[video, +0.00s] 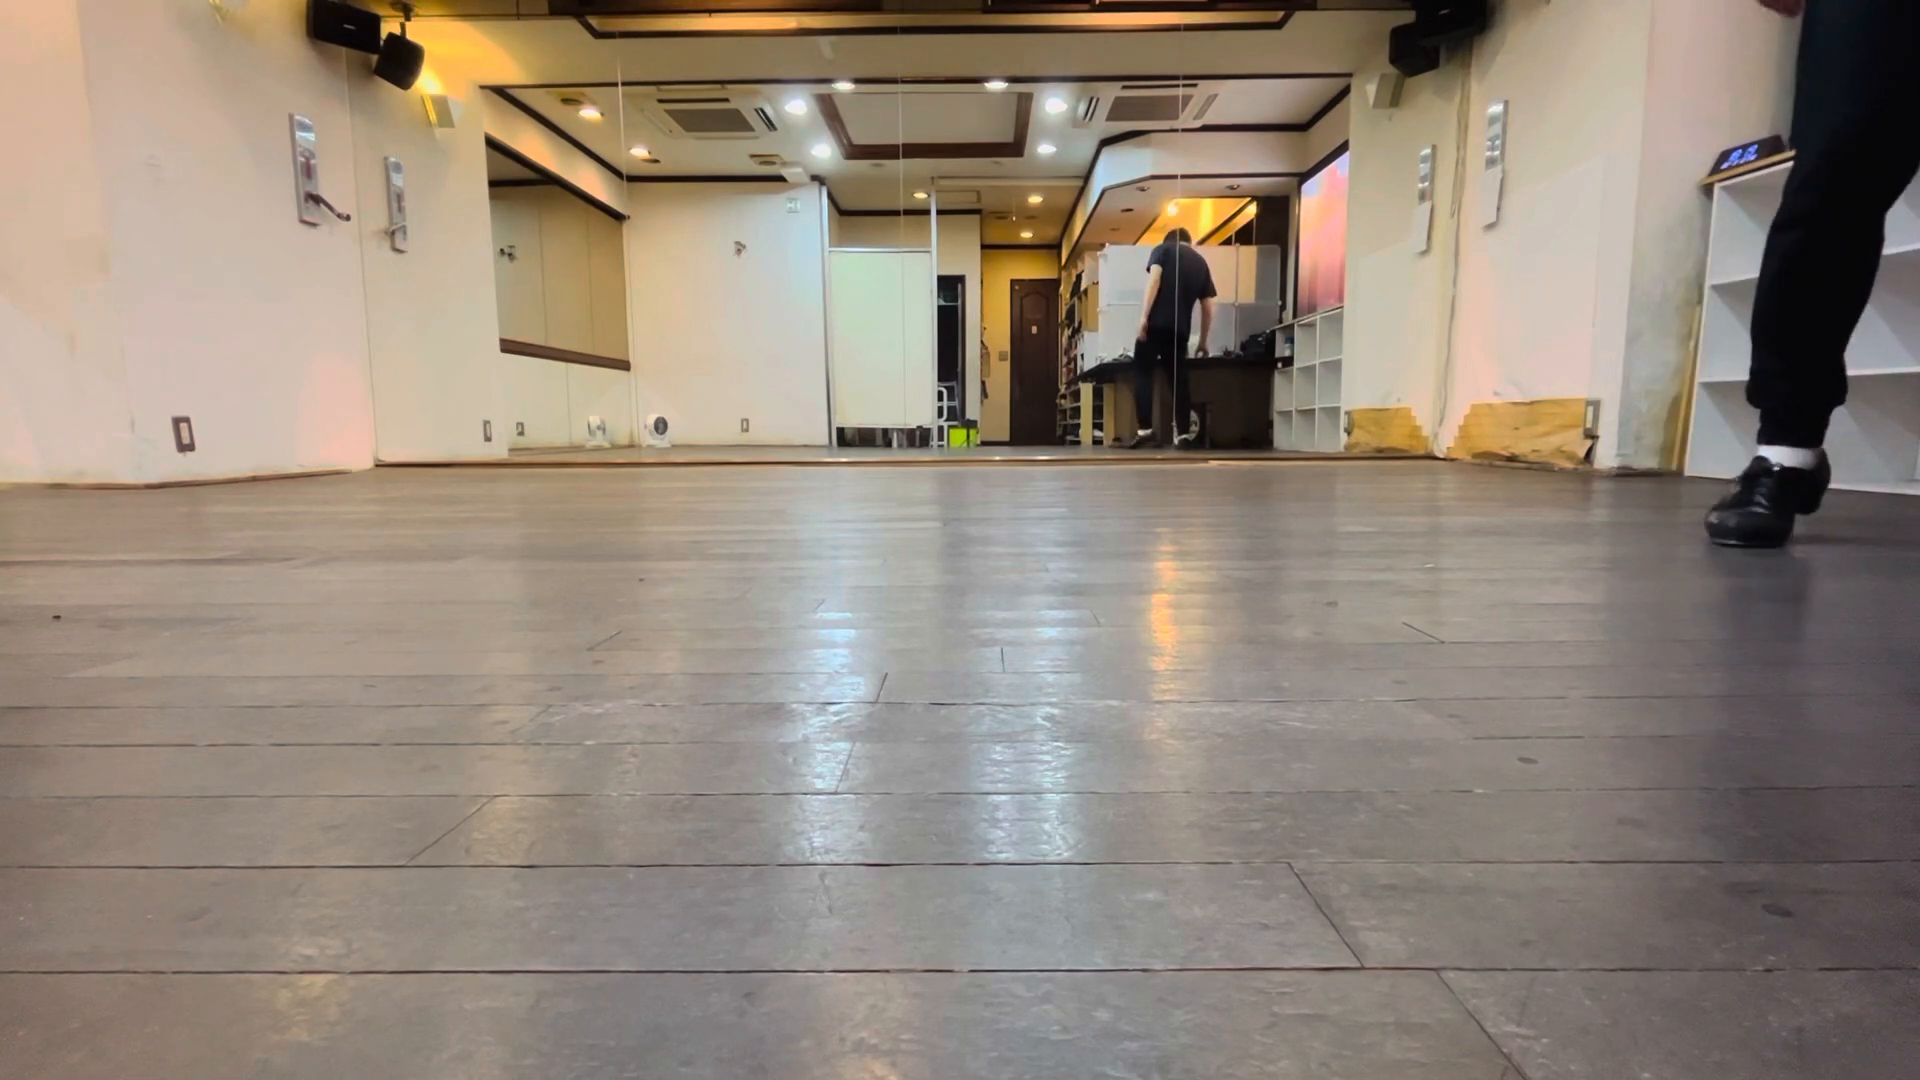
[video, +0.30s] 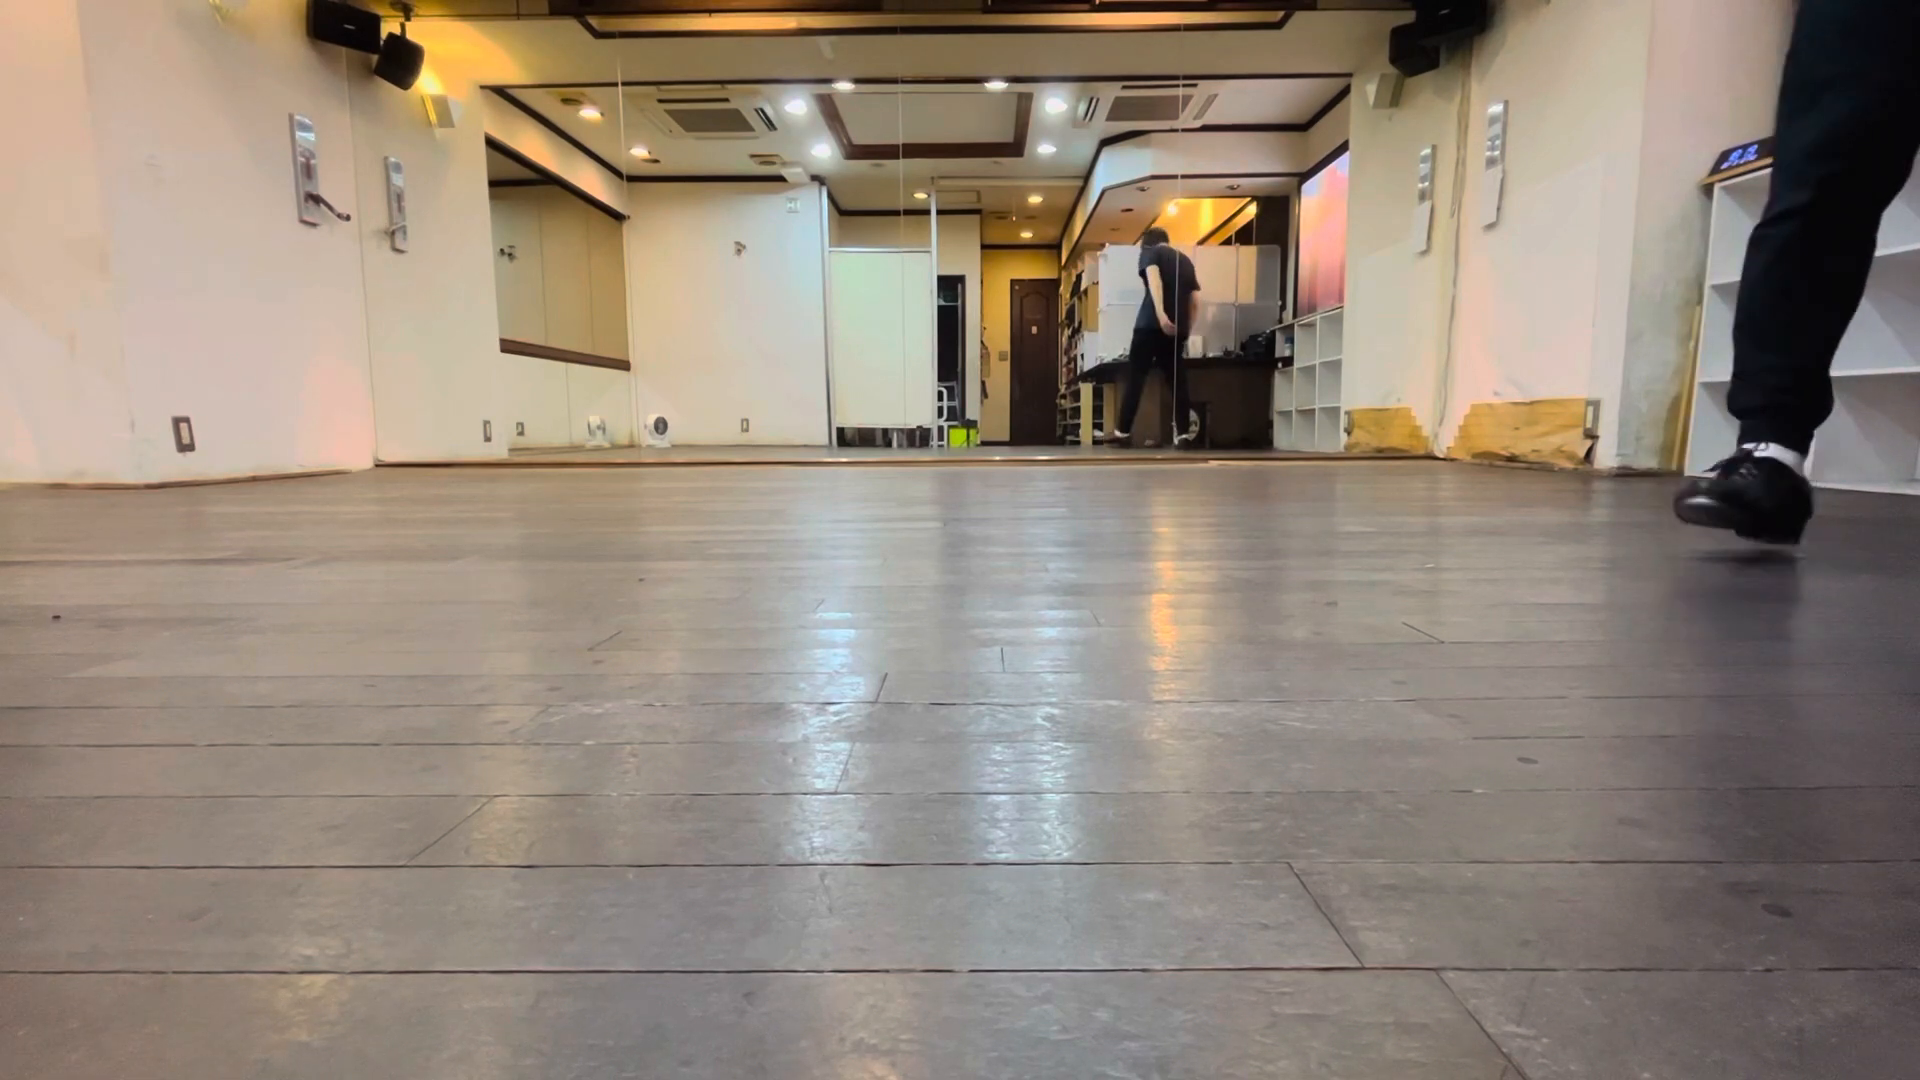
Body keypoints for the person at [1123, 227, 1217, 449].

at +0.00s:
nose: (1166, 244)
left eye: (1167, 241)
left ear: (1169, 240)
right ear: (1189, 242)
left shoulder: (1163, 249)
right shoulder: (1200, 261)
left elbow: (1154, 280)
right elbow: (1207, 307)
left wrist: (1144, 318)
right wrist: (1203, 340)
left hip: (1155, 327)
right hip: (1180, 330)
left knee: (1142, 373)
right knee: (1179, 378)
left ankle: (1144, 428)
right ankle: (1182, 432)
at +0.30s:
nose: (1143, 249)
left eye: (1143, 246)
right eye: (1143, 246)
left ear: (1147, 242)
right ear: (1165, 241)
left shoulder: (1150, 251)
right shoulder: (1184, 259)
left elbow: (1154, 279)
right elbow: (1195, 299)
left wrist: (1161, 315)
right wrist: (1188, 326)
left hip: (1149, 326)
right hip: (1177, 328)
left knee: (1136, 377)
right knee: (1177, 379)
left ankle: (1123, 431)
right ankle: (1182, 433)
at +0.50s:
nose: (1119, 251)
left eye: (1119, 247)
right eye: (1119, 247)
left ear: (1123, 243)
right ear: (1141, 240)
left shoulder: (1129, 255)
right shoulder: (1160, 256)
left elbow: (1139, 280)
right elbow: (1173, 292)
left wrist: (1151, 313)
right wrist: (1169, 319)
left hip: (1136, 327)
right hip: (1161, 328)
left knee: (1123, 376)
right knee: (1167, 378)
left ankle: (1117, 433)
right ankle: (1182, 429)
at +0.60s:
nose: (1108, 249)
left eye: (1107, 245)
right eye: (1107, 246)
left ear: (1110, 243)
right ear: (1130, 239)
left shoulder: (1116, 255)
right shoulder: (1149, 256)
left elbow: (1125, 282)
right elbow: (1164, 293)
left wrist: (1135, 317)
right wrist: (1160, 322)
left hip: (1127, 325)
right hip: (1152, 325)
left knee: (1115, 374)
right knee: (1156, 374)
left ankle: (1117, 434)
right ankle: (1172, 429)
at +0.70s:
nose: (1099, 249)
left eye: (1098, 245)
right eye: (1098, 246)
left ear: (1102, 242)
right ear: (1121, 238)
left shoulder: (1107, 256)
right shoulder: (1140, 257)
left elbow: (1110, 287)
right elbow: (1155, 292)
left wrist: (1111, 324)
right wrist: (1152, 327)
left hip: (1119, 326)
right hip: (1142, 326)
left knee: (1110, 376)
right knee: (1139, 372)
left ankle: (1116, 434)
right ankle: (1165, 420)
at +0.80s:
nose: (1091, 245)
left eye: (1091, 241)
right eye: (1091, 241)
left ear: (1094, 239)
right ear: (1112, 237)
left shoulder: (1098, 256)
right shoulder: (1132, 256)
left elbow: (1095, 293)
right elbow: (1146, 293)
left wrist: (1087, 331)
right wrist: (1145, 329)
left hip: (1110, 328)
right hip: (1132, 328)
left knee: (1108, 378)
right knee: (1126, 373)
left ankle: (1117, 434)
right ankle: (1139, 418)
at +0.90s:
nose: (1082, 246)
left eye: (1082, 242)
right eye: (1081, 243)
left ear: (1086, 239)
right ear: (1104, 237)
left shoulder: (1091, 256)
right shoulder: (1124, 256)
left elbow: (1083, 293)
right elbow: (1139, 292)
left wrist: (1065, 324)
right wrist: (1142, 327)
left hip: (1104, 329)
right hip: (1124, 328)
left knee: (1107, 379)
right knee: (1107, 377)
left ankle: (1117, 433)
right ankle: (1111, 428)